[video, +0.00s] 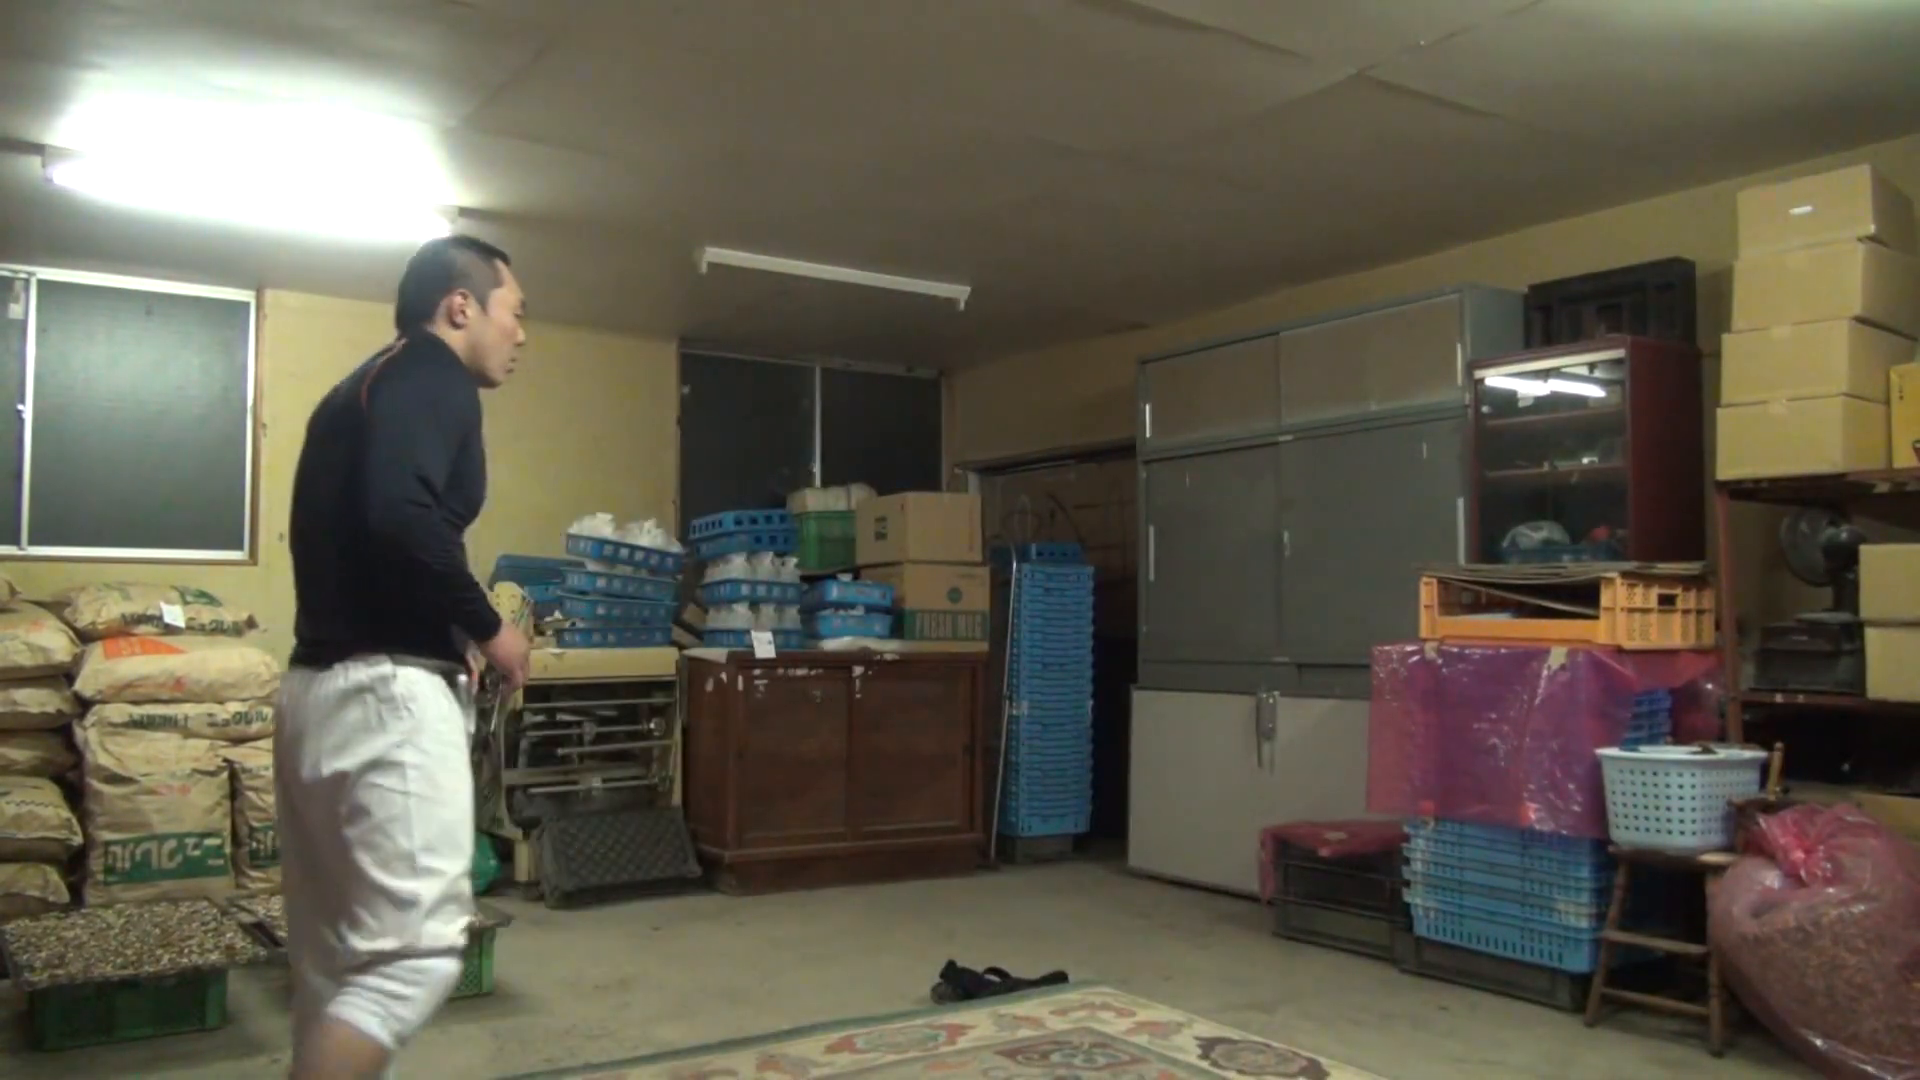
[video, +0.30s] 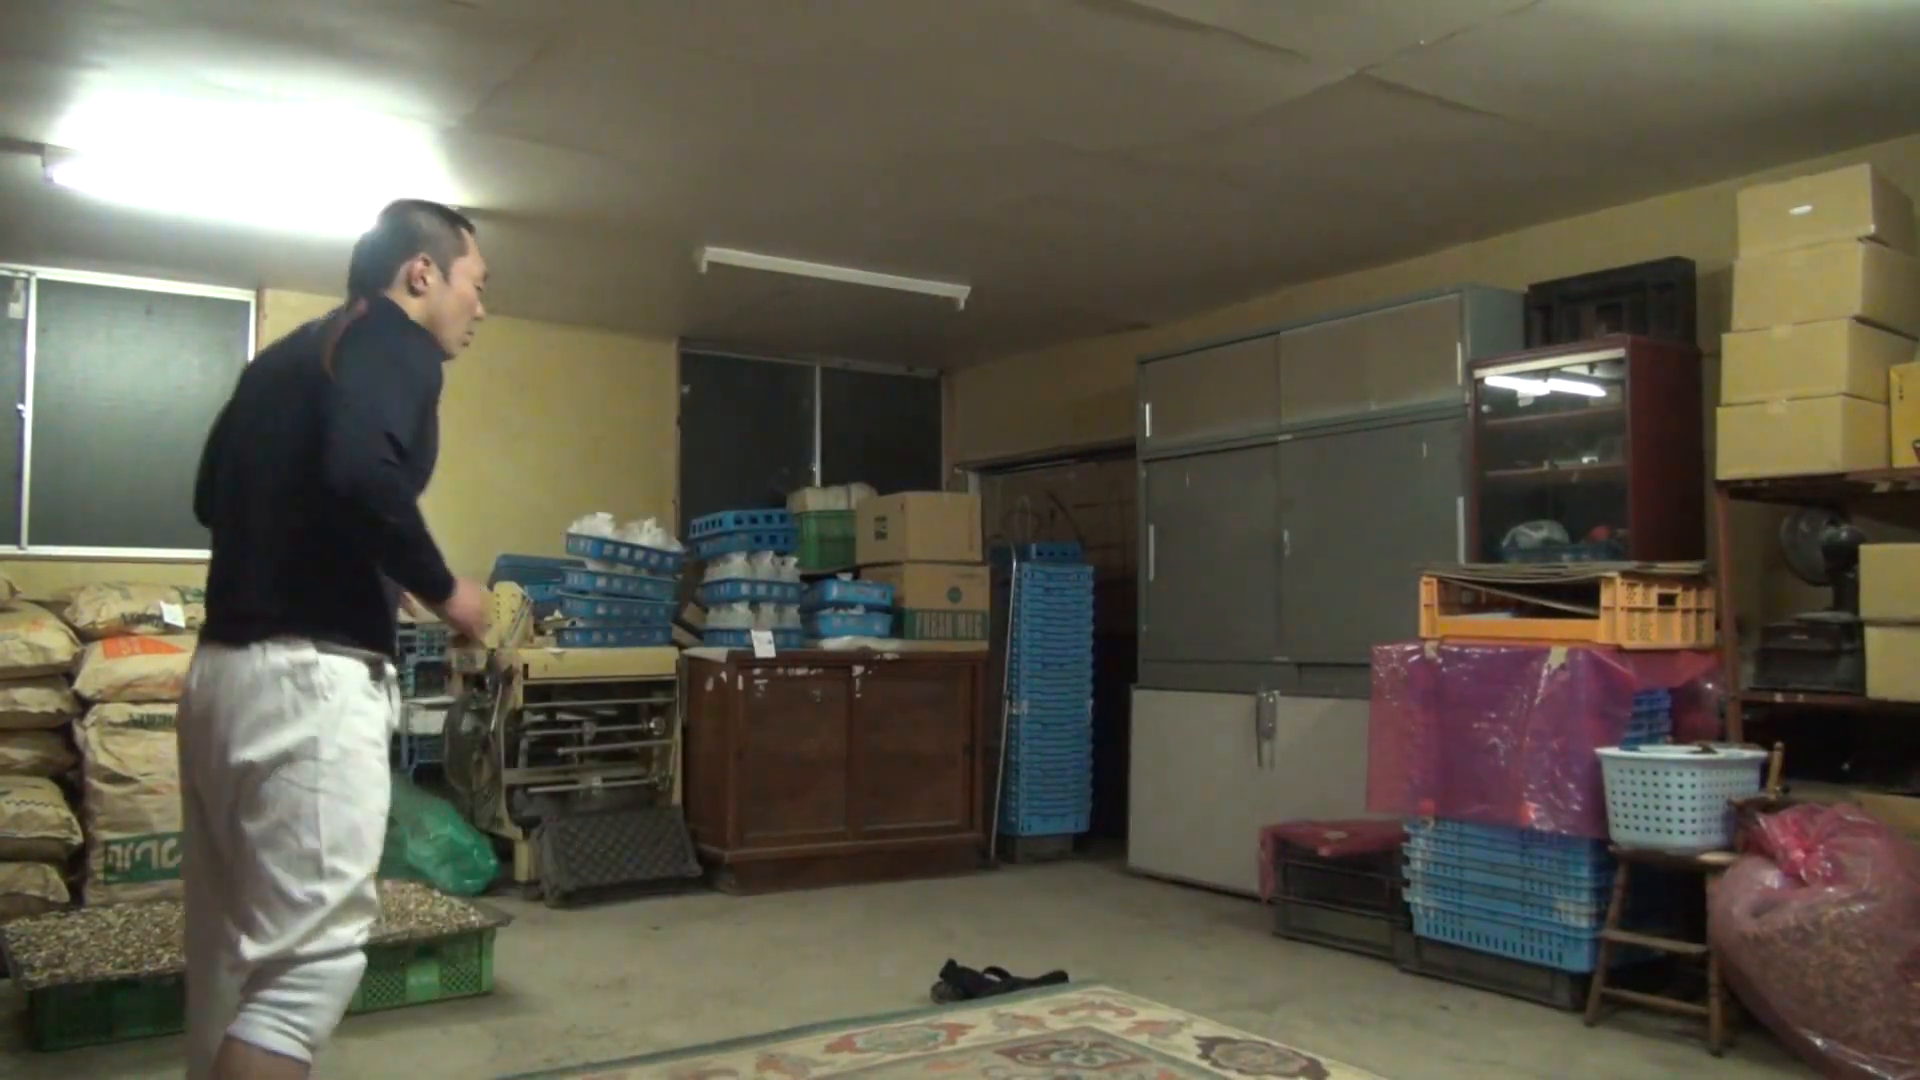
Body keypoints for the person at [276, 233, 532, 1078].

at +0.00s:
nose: (521, 334)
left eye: (523, 316)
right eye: (513, 312)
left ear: (442, 312)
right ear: (458, 308)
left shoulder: (350, 392)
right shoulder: (431, 372)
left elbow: (331, 551)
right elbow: (402, 510)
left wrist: (448, 640)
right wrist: (489, 626)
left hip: (314, 699)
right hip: (390, 701)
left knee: (326, 965)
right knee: (407, 960)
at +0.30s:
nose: (479, 312)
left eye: (481, 291)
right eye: (474, 287)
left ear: (384, 277)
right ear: (418, 273)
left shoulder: (278, 356)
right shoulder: (392, 340)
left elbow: (214, 499)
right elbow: (360, 467)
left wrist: (346, 555)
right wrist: (446, 590)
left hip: (221, 682)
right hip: (309, 688)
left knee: (226, 959)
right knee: (308, 971)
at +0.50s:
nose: (439, 295)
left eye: (437, 273)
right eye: (428, 271)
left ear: (358, 273)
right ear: (370, 270)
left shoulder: (268, 350)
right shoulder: (324, 344)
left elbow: (184, 494)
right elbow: (254, 468)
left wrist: (328, 577)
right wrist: (364, 589)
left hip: (201, 691)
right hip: (260, 698)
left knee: (180, 985)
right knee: (329, 973)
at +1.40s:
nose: (414, 280)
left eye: (413, 257)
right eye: (405, 254)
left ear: (316, 253)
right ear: (347, 248)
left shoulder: (219, 331)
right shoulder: (306, 320)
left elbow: (248, 482)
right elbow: (296, 462)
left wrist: (374, 511)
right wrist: (451, 507)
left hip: (104, 680)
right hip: (221, 681)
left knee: (75, 1007)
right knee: (346, 965)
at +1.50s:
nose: (415, 304)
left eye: (414, 278)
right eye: (406, 276)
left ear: (323, 271)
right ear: (353, 269)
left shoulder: (207, 358)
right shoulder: (325, 346)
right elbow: (405, 467)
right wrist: (550, 460)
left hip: (111, 705)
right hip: (239, 704)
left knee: (84, 1023)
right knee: (347, 1000)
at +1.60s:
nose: (423, 313)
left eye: (425, 292)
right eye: (419, 289)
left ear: (305, 282)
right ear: (371, 277)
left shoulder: (214, 367)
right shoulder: (349, 355)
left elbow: (324, 500)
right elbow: (491, 450)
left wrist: (442, 433)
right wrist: (616, 405)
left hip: (113, 715)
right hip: (248, 711)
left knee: (103, 1018)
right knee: (359, 1001)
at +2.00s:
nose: (425, 332)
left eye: (428, 310)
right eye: (419, 306)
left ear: (343, 305)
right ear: (362, 300)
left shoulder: (225, 377)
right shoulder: (328, 370)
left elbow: (315, 537)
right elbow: (403, 520)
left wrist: (467, 539)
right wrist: (553, 489)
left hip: (72, 707)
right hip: (195, 709)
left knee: (50, 1023)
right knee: (312, 991)